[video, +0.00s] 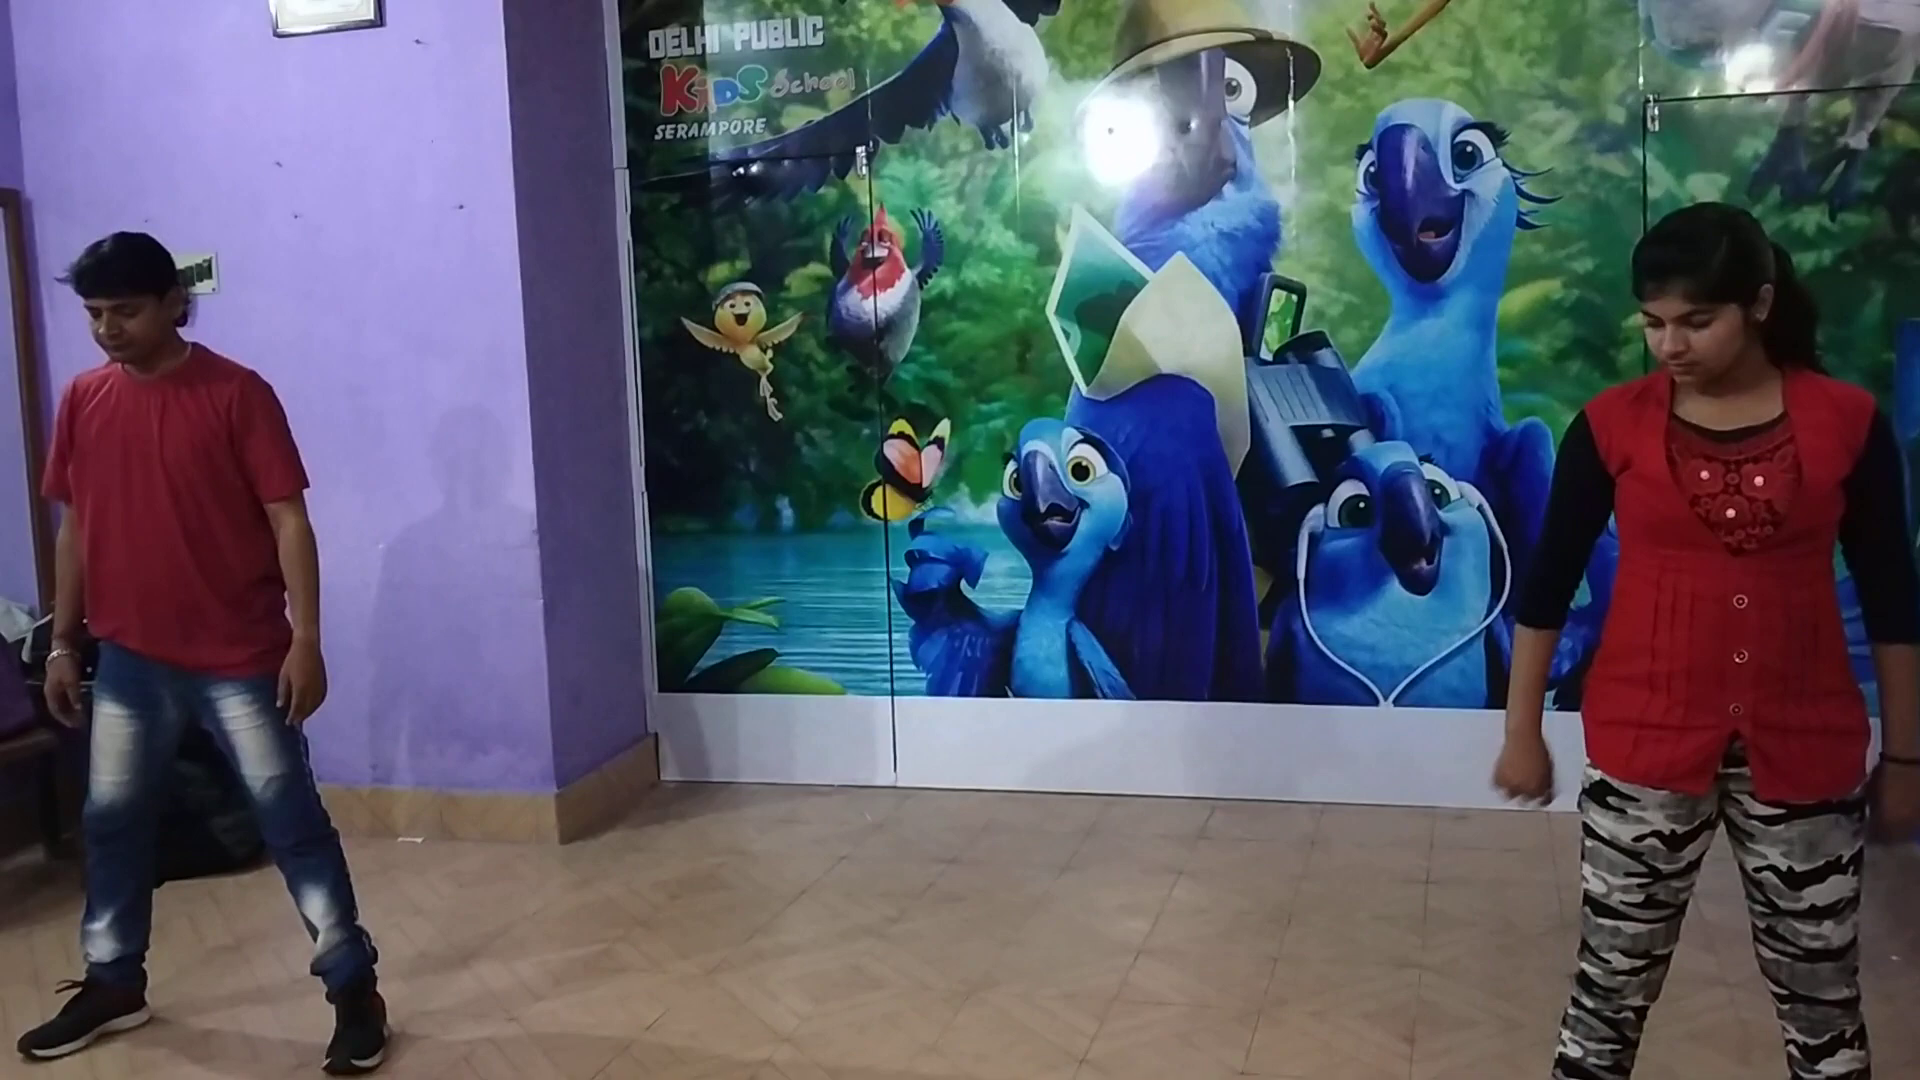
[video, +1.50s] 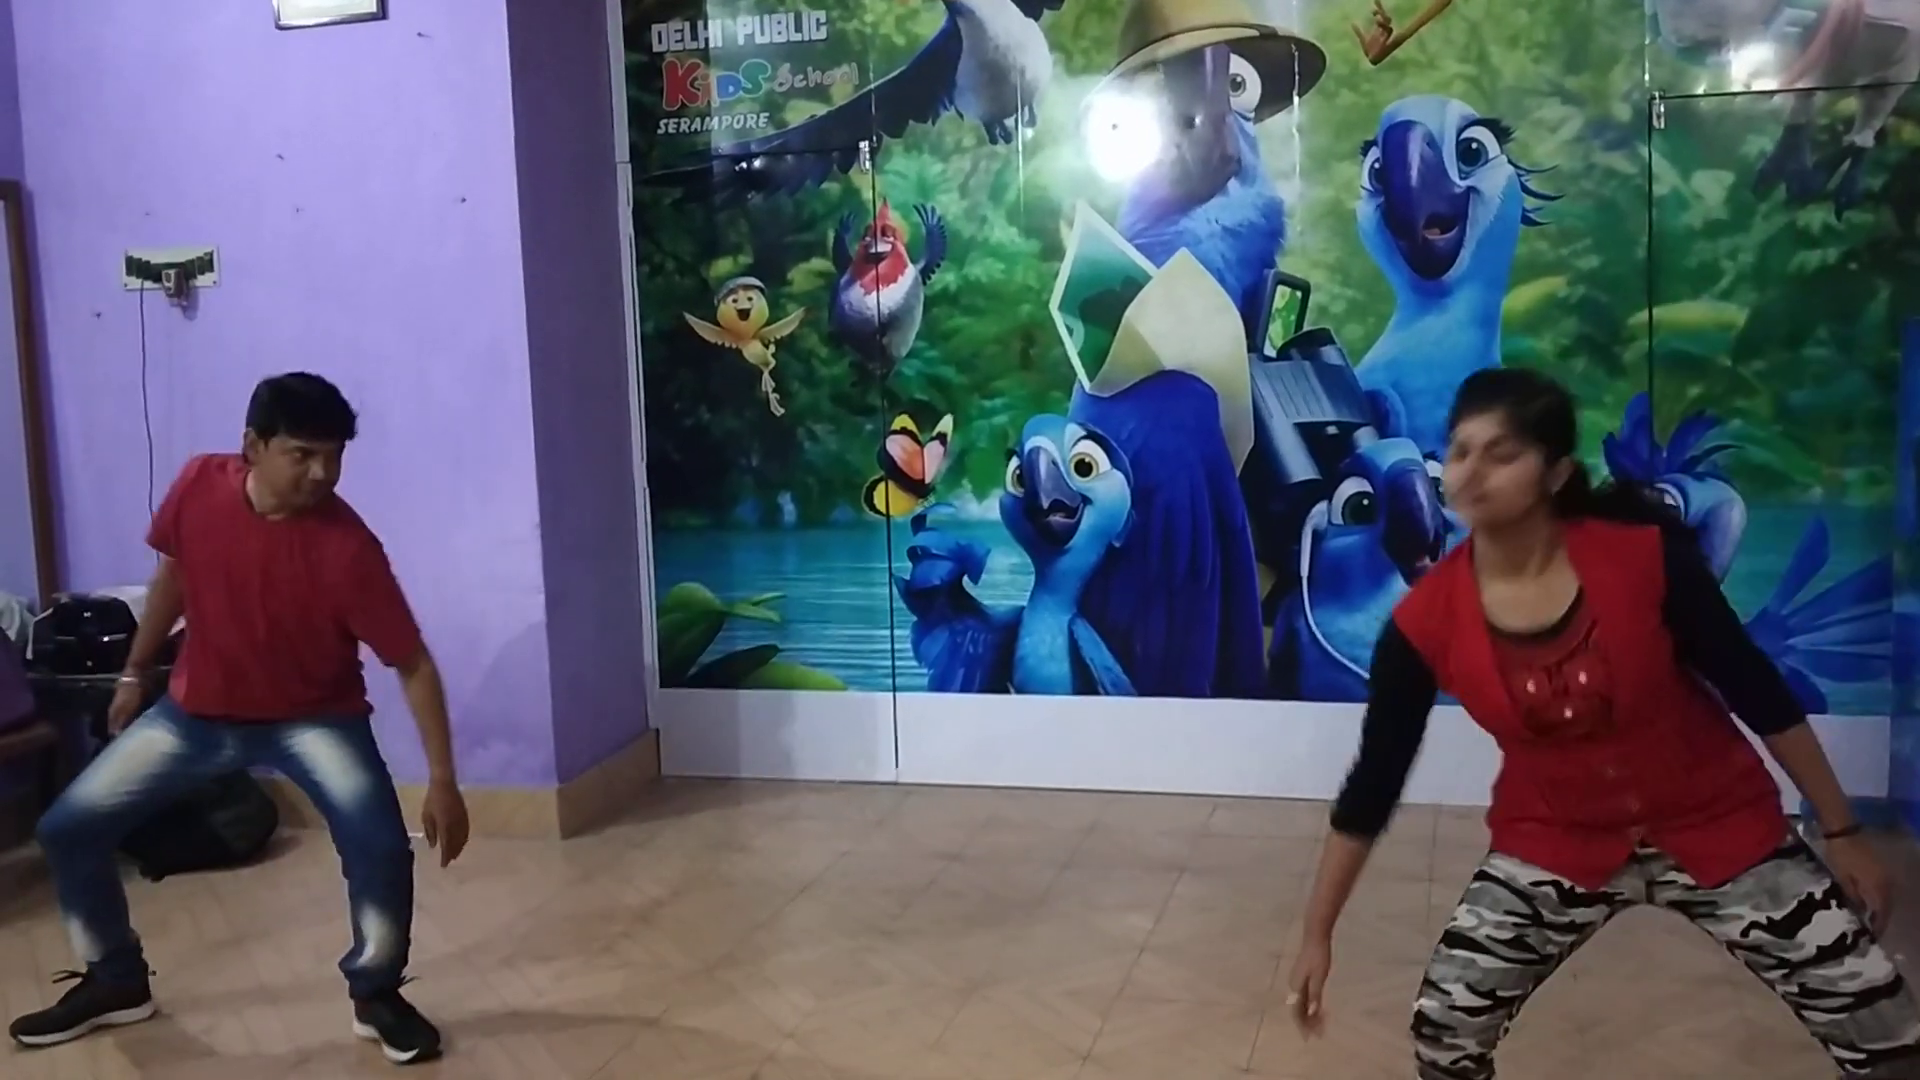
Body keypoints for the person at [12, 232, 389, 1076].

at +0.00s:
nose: (104, 327)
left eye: (121, 310)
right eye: (93, 311)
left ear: (173, 303)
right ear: (87, 312)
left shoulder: (238, 393)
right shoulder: (83, 401)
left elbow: (289, 517)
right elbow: (74, 523)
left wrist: (306, 641)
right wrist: (63, 638)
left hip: (238, 650)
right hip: (129, 650)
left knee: (289, 816)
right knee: (112, 813)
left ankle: (352, 988)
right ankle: (112, 980)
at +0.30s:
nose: (105, 324)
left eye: (122, 307)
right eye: (93, 308)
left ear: (172, 300)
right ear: (85, 309)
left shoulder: (233, 390)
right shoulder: (81, 397)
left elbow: (289, 513)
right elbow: (74, 521)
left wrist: (306, 640)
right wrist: (62, 636)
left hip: (234, 650)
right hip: (125, 650)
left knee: (288, 816)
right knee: (112, 813)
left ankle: (351, 987)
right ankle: (112, 978)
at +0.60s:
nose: (103, 323)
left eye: (120, 306)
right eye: (91, 308)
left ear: (168, 299)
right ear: (80, 310)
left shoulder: (228, 390)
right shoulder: (75, 397)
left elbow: (283, 517)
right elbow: (66, 520)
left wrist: (300, 642)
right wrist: (58, 636)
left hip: (230, 652)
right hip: (121, 651)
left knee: (286, 815)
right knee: (107, 812)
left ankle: (351, 986)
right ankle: (112, 978)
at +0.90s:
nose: (119, 323)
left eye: (137, 306)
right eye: (101, 308)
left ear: (168, 305)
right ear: (80, 312)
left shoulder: (211, 393)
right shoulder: (79, 401)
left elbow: (275, 517)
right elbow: (86, 530)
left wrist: (305, 643)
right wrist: (72, 643)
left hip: (238, 653)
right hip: (129, 655)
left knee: (303, 806)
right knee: (106, 813)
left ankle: (364, 983)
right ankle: (112, 977)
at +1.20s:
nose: (236, 362)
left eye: (247, 346)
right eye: (215, 349)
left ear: (263, 349)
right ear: (182, 358)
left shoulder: (305, 443)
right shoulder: (177, 443)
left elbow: (407, 548)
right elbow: (174, 561)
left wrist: (398, 678)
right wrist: (129, 667)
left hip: (306, 690)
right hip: (196, 684)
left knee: (359, 812)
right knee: (106, 812)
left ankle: (376, 992)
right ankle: (112, 980)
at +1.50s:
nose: (322, 474)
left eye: (333, 457)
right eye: (303, 455)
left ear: (344, 454)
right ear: (255, 446)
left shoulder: (348, 547)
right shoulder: (202, 485)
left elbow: (415, 666)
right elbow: (171, 578)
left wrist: (443, 782)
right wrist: (133, 674)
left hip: (315, 720)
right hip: (197, 712)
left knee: (378, 837)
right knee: (68, 828)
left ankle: (378, 991)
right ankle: (116, 978)